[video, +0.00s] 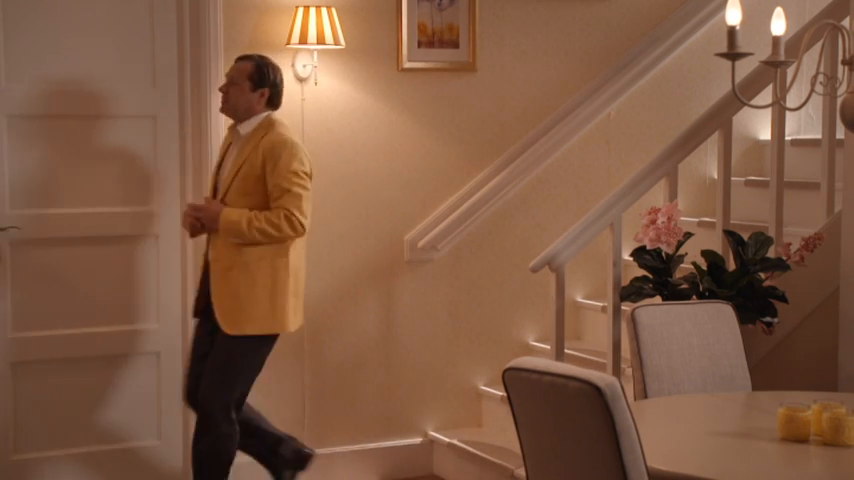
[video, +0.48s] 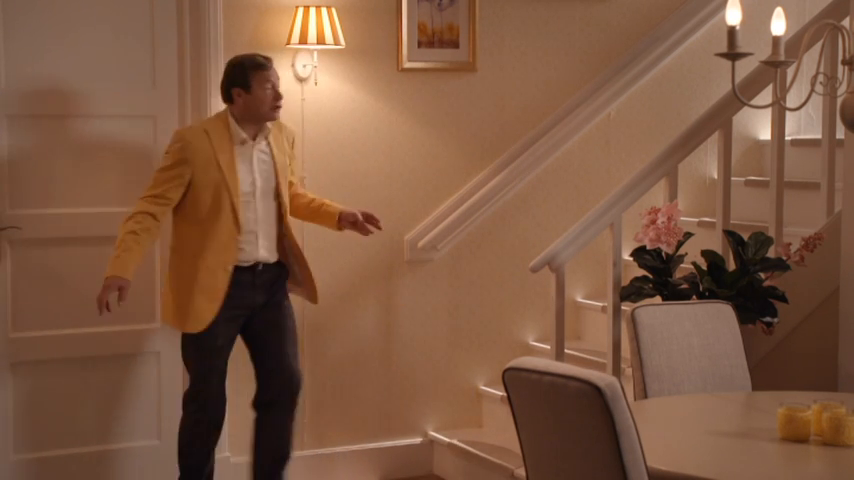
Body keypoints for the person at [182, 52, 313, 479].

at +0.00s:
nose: (221, 89)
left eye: (232, 83)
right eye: (225, 82)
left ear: (261, 95)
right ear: (250, 96)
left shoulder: (283, 147)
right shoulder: (235, 140)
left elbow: (292, 221)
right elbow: (238, 207)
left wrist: (222, 217)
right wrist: (207, 218)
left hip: (259, 304)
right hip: (222, 298)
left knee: (218, 403)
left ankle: (208, 478)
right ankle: (285, 455)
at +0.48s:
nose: (280, 95)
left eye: (279, 87)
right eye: (270, 88)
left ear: (273, 92)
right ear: (237, 96)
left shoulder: (282, 137)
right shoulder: (193, 142)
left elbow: (291, 198)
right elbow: (151, 209)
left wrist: (340, 216)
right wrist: (121, 269)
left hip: (269, 285)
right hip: (211, 289)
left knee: (282, 389)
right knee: (206, 403)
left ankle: (269, 477)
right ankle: (195, 477)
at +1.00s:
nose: (380, 92)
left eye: (378, 84)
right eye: (373, 85)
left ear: (350, 92)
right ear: (345, 92)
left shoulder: (355, 142)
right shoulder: (304, 137)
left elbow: (361, 203)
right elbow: (274, 205)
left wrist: (413, 201)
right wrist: (284, 260)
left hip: (352, 287)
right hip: (313, 288)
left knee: (365, 386)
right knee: (291, 386)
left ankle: (363, 474)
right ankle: (241, 475)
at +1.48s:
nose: (416, 86)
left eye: (414, 79)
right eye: (410, 79)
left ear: (386, 85)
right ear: (387, 85)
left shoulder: (382, 129)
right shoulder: (358, 127)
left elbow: (378, 199)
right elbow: (329, 196)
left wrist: (411, 184)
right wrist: (340, 252)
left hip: (383, 281)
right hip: (366, 283)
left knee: (383, 383)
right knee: (376, 386)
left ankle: (365, 471)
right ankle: (365, 474)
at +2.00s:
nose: (427, 80)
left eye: (425, 73)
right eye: (421, 73)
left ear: (398, 83)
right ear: (397, 81)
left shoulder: (405, 130)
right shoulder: (369, 131)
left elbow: (424, 179)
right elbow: (354, 200)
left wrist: (474, 166)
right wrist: (384, 233)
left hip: (418, 277)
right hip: (388, 280)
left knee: (412, 380)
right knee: (387, 382)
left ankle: (410, 470)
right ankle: (370, 473)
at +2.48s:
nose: (445, 82)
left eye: (443, 76)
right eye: (437, 76)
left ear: (419, 85)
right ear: (410, 84)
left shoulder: (441, 130)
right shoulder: (377, 132)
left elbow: (470, 164)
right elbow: (342, 177)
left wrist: (518, 135)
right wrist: (327, 170)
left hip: (448, 265)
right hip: (410, 267)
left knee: (434, 382)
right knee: (402, 381)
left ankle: (414, 473)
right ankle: (380, 476)